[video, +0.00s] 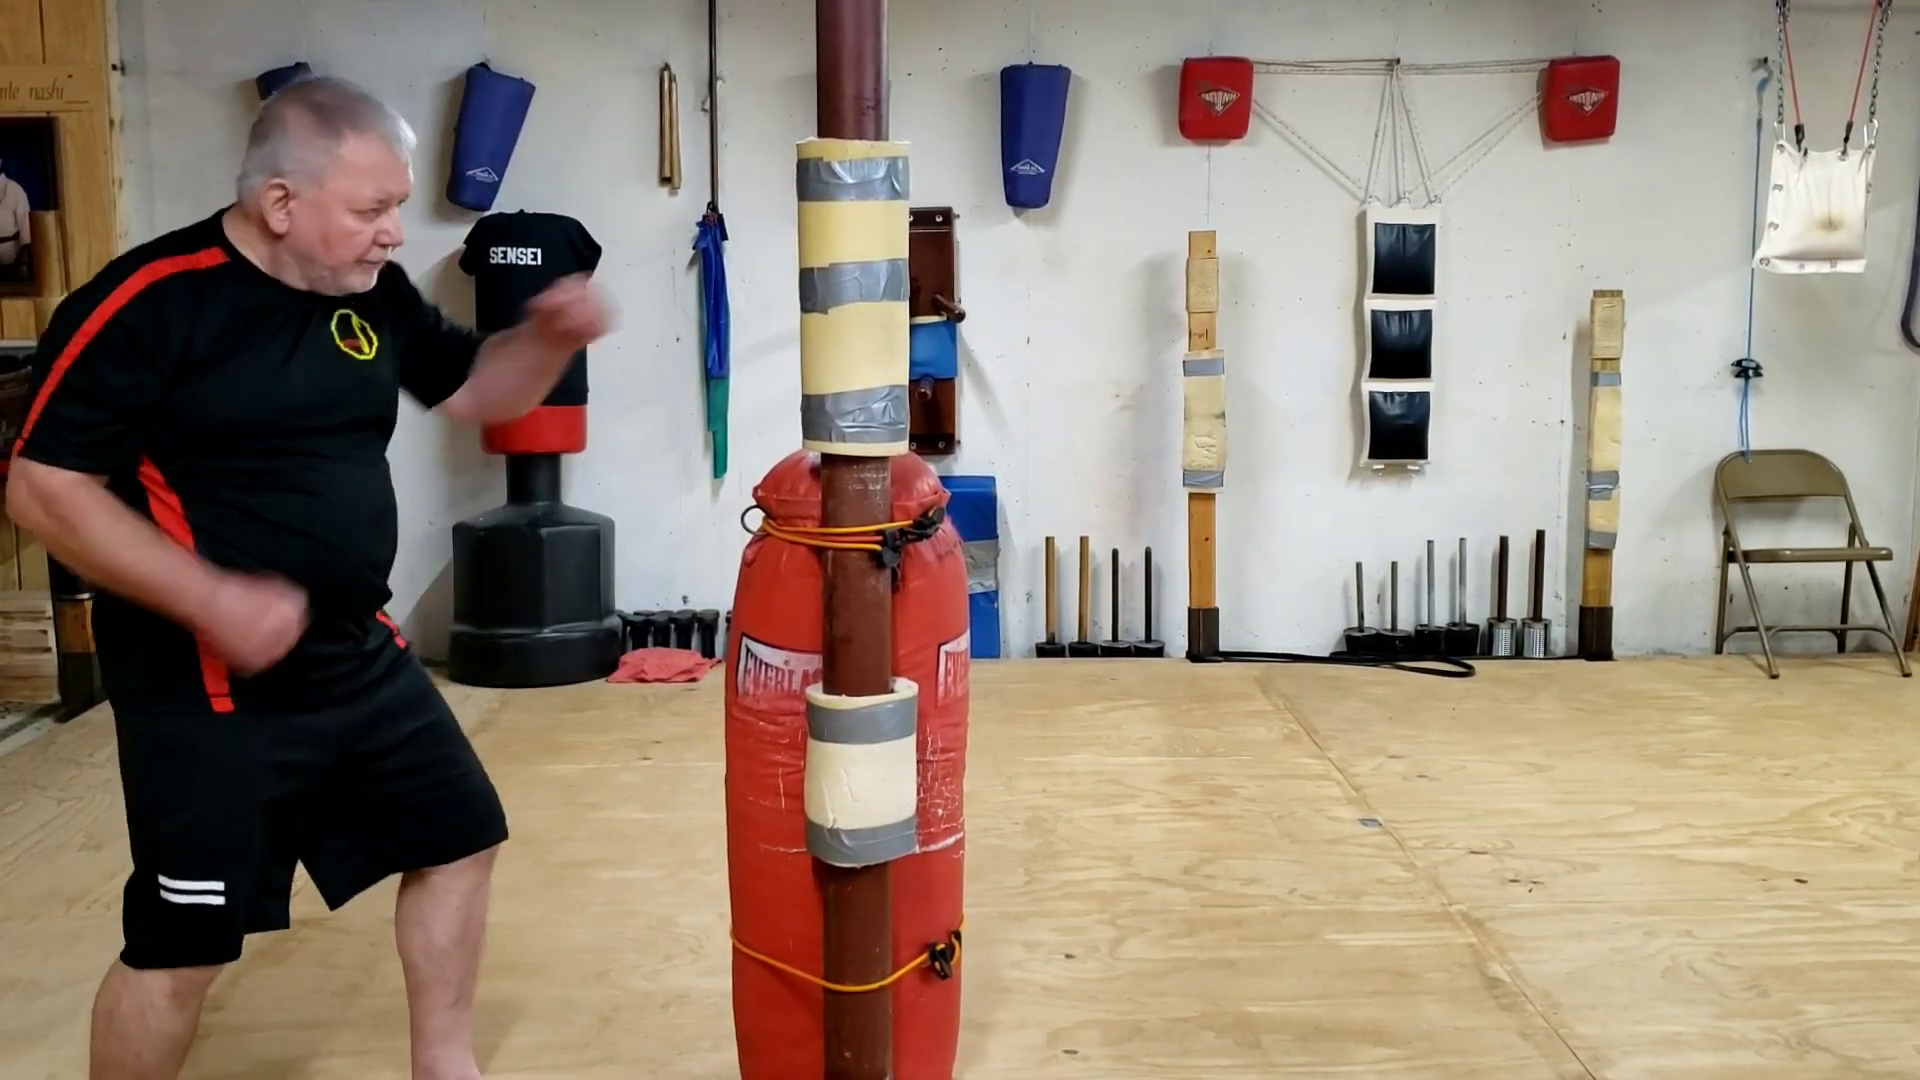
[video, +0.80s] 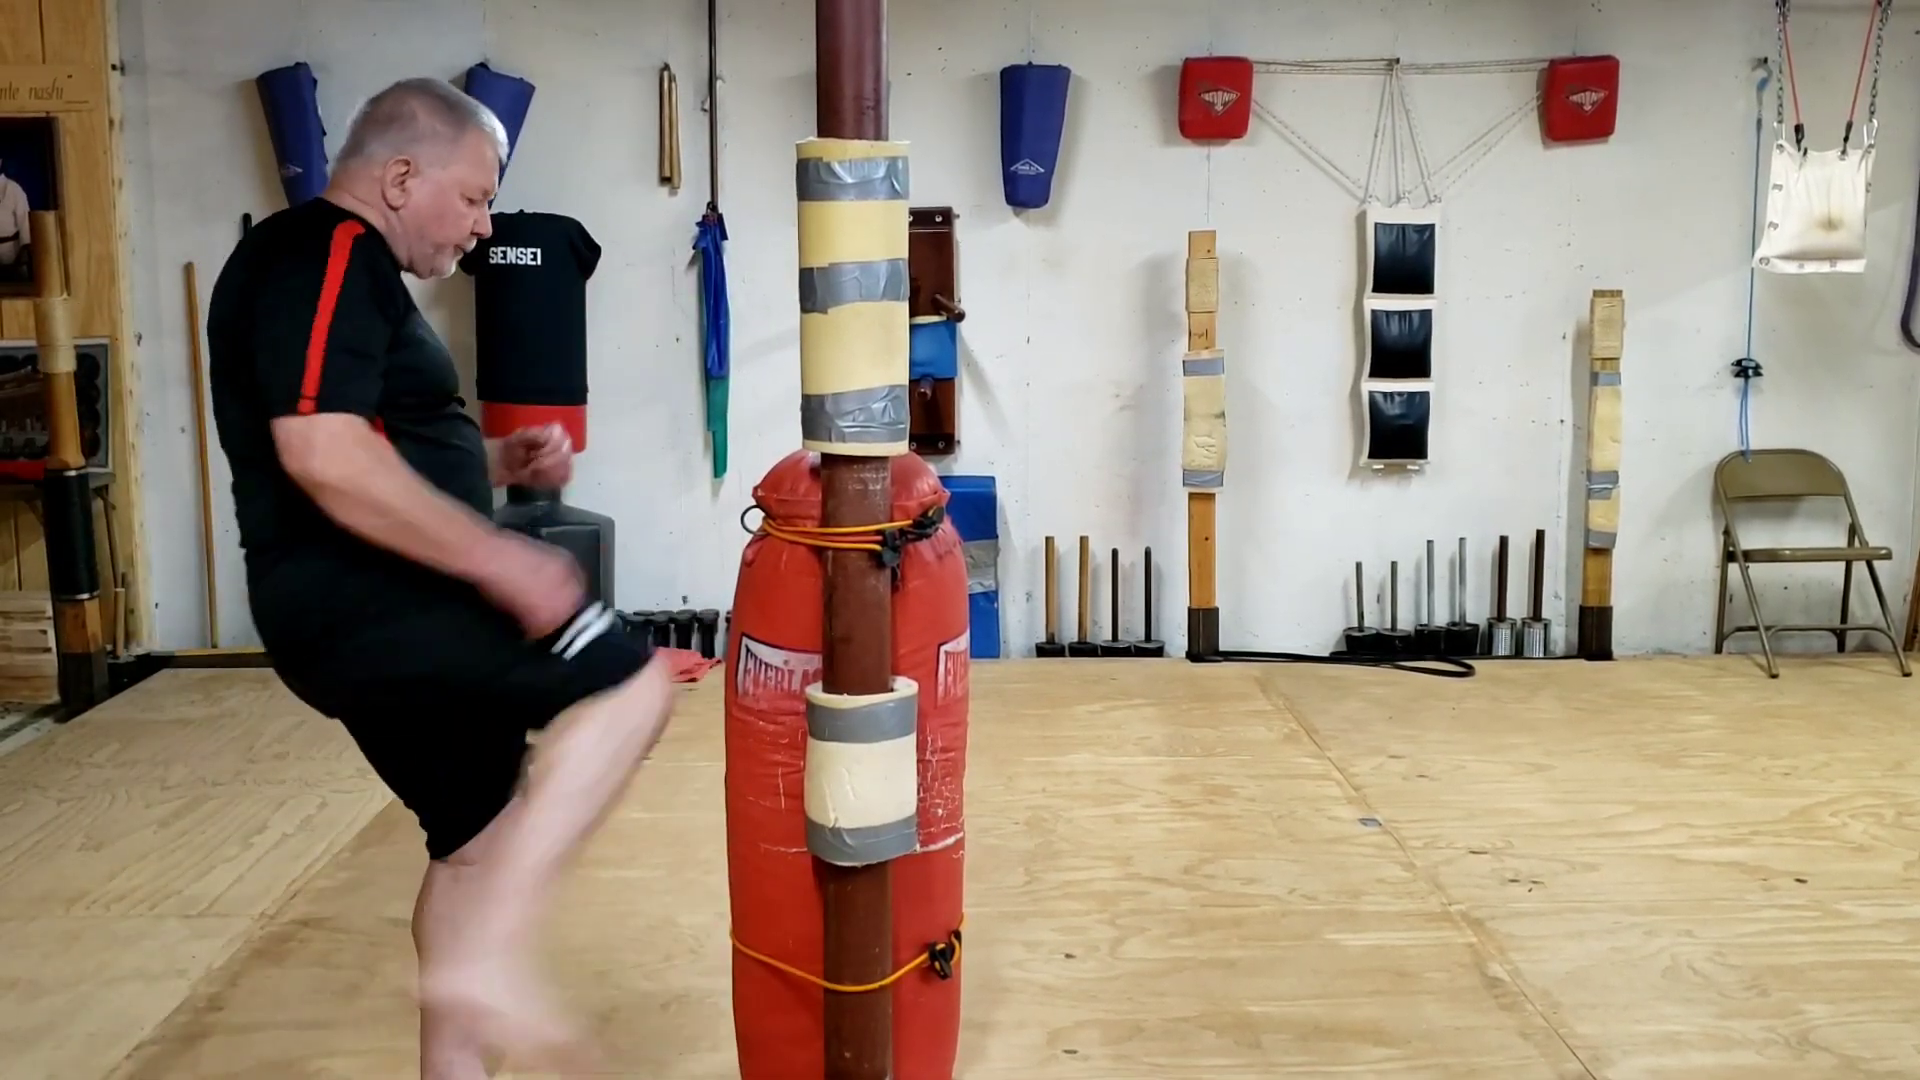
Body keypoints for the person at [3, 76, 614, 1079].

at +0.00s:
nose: (395, 235)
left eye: (398, 209)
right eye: (374, 210)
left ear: (295, 207)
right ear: (281, 206)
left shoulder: (369, 290)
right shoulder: (147, 299)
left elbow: (474, 391)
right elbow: (37, 483)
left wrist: (551, 335)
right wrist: (212, 599)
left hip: (349, 648)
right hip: (196, 677)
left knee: (459, 837)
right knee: (185, 939)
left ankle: (446, 1067)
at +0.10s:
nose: (415, 236)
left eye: (418, 213)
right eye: (395, 212)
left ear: (319, 207)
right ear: (305, 205)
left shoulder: (373, 294)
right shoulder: (166, 305)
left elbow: (499, 359)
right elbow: (45, 477)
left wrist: (614, 335)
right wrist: (168, 643)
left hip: (352, 662)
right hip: (217, 683)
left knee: (455, 833)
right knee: (188, 944)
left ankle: (445, 1069)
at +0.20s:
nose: (435, 234)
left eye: (440, 211)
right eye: (421, 208)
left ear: (345, 201)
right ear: (334, 194)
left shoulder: (367, 295)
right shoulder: (218, 276)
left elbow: (398, 446)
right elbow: (141, 469)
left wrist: (493, 447)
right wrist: (367, 478)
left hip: (361, 655)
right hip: (230, 675)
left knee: (465, 828)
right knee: (177, 928)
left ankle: (446, 1064)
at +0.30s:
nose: (451, 236)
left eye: (456, 214)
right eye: (438, 209)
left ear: (357, 203)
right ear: (354, 200)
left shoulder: (335, 287)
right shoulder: (267, 277)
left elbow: (321, 481)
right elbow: (416, 420)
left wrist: (429, 579)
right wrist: (569, 322)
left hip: (386, 646)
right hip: (262, 661)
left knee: (490, 837)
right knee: (197, 926)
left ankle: (450, 1068)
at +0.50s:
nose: (468, 211)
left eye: (473, 189)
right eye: (462, 183)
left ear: (378, 164)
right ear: (384, 160)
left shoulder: (339, 248)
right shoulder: (315, 241)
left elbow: (417, 410)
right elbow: (386, 411)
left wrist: (569, 434)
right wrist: (593, 437)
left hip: (369, 586)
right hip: (371, 585)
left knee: (469, 820)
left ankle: (449, 1066)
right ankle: (279, 971)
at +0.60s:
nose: (476, 219)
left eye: (481, 195)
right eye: (470, 188)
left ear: (387, 173)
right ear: (396, 167)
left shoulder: (295, 246)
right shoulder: (329, 240)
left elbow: (356, 432)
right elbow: (292, 427)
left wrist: (497, 461)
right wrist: (425, 578)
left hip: (338, 598)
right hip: (405, 557)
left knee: (465, 824)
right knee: (667, 630)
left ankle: (448, 1067)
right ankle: (671, 882)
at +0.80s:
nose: (481, 229)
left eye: (486, 207)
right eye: (475, 200)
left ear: (393, 181)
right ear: (400, 178)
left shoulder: (311, 255)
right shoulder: (328, 251)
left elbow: (363, 455)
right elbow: (318, 445)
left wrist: (493, 469)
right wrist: (499, 556)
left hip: (343, 598)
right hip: (363, 591)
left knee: (477, 832)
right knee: (631, 682)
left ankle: (450, 1065)